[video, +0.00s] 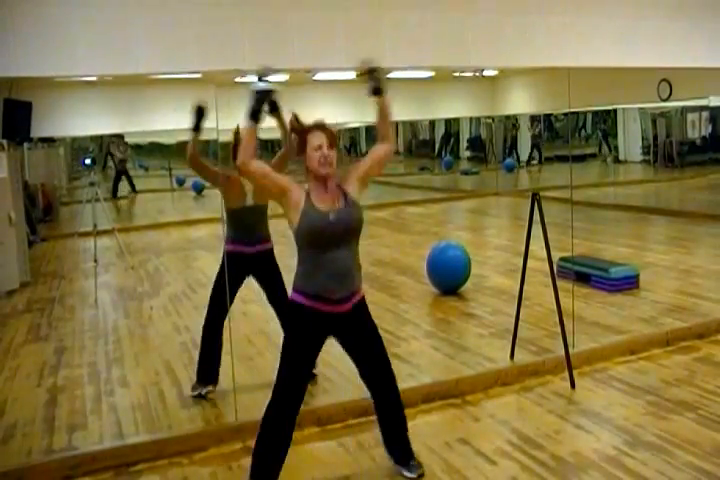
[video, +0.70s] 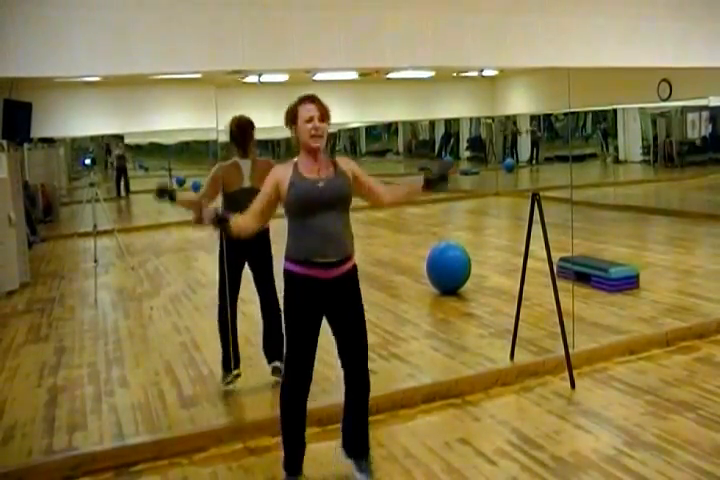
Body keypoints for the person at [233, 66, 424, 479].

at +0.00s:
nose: (324, 153)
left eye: (330, 147)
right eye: (317, 148)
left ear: (338, 154)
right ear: (304, 157)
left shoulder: (352, 184)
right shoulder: (292, 193)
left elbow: (386, 145)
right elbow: (245, 162)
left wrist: (380, 92)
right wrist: (254, 107)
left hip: (352, 308)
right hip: (308, 311)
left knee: (384, 384)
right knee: (285, 400)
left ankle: (403, 457)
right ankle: (262, 475)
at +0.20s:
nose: (322, 148)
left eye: (327, 141)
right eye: (314, 142)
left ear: (335, 147)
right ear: (302, 150)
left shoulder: (348, 181)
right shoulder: (290, 190)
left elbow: (388, 150)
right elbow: (242, 164)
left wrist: (399, 104)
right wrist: (245, 110)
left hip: (351, 303)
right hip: (307, 306)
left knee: (380, 381)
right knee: (285, 395)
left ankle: (401, 453)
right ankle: (264, 475)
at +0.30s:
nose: (322, 129)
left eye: (326, 123)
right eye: (313, 124)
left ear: (334, 130)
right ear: (299, 133)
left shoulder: (349, 167)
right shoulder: (285, 174)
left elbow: (394, 177)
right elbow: (235, 194)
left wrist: (429, 162)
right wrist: (210, 176)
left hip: (347, 282)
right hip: (304, 286)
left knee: (368, 362)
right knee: (295, 378)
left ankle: (381, 446)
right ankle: (279, 472)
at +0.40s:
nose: (321, 135)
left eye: (325, 129)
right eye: (312, 131)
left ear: (333, 135)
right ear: (298, 140)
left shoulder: (346, 179)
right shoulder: (286, 188)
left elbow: (372, 228)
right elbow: (259, 235)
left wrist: (417, 250)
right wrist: (233, 257)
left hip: (345, 288)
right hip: (304, 291)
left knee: (359, 373)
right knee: (308, 380)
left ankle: (351, 453)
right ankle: (304, 469)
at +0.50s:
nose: (321, 154)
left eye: (325, 147)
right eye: (313, 148)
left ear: (331, 153)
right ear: (298, 157)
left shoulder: (343, 197)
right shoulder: (286, 205)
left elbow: (353, 257)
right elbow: (278, 267)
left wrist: (373, 308)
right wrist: (268, 323)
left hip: (346, 314)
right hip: (305, 316)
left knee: (353, 399)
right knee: (311, 399)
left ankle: (339, 465)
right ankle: (310, 470)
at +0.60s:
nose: (318, 140)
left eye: (322, 133)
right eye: (310, 134)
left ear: (330, 139)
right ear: (296, 142)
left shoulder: (342, 183)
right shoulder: (284, 191)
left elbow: (362, 234)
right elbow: (273, 246)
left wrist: (398, 265)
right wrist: (260, 280)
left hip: (344, 294)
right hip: (302, 297)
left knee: (351, 382)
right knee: (305, 385)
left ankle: (342, 461)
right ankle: (308, 469)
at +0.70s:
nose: (317, 125)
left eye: (321, 119)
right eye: (309, 121)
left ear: (329, 125)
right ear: (294, 128)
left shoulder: (343, 166)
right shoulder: (281, 174)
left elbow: (384, 196)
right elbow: (250, 223)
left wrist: (425, 183)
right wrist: (223, 219)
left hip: (343, 277)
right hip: (301, 280)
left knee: (357, 369)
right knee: (298, 376)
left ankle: (357, 450)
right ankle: (293, 465)